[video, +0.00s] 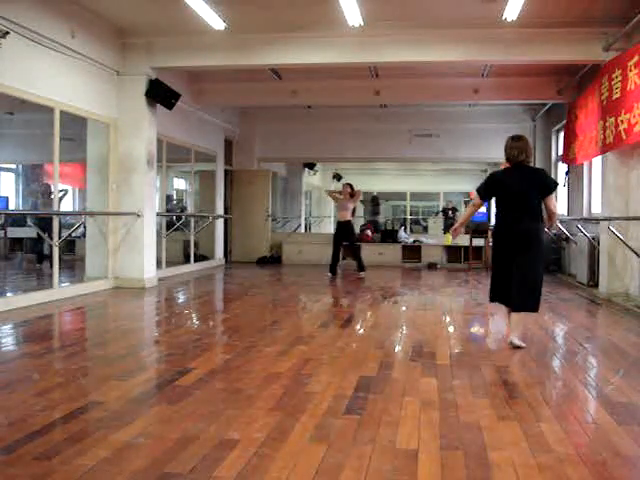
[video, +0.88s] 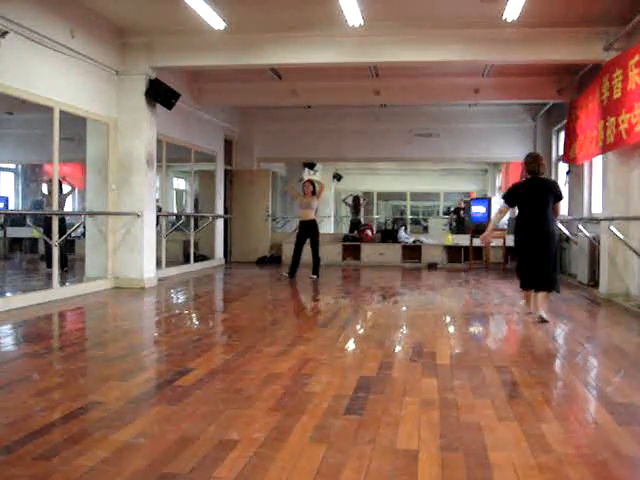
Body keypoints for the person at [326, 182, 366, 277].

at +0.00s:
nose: (345, 190)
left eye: (347, 188)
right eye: (344, 188)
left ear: (351, 190)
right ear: (342, 190)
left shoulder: (352, 201)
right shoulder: (339, 200)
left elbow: (359, 192)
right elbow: (329, 193)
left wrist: (353, 193)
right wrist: (338, 192)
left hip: (348, 222)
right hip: (339, 222)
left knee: (353, 247)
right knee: (336, 248)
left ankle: (361, 270)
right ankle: (332, 272)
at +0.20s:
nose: (337, 188)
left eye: (339, 186)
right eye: (336, 186)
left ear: (343, 190)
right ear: (335, 188)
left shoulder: (343, 201)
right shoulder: (330, 199)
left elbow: (351, 194)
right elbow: (317, 193)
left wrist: (349, 190)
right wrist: (328, 187)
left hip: (339, 221)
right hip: (332, 221)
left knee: (339, 248)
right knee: (332, 249)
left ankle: (347, 266)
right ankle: (333, 272)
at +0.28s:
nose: (334, 188)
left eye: (336, 186)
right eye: (333, 186)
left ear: (339, 190)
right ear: (330, 188)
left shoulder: (338, 200)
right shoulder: (326, 199)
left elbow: (344, 200)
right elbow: (314, 195)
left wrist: (346, 192)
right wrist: (317, 186)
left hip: (335, 221)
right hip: (328, 221)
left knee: (332, 247)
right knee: (329, 248)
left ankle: (333, 271)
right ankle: (332, 270)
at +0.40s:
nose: (327, 188)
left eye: (329, 187)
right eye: (326, 186)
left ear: (333, 190)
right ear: (324, 188)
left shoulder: (334, 200)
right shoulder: (320, 199)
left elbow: (340, 191)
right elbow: (307, 194)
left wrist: (335, 182)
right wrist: (313, 184)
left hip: (330, 222)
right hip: (322, 222)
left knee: (326, 248)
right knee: (325, 248)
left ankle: (319, 270)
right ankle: (333, 271)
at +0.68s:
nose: (318, 187)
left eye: (320, 185)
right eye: (316, 185)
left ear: (323, 188)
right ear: (314, 187)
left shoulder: (325, 198)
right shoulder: (310, 197)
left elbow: (331, 185)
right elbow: (299, 190)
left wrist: (322, 180)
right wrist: (307, 181)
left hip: (321, 221)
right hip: (312, 222)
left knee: (319, 249)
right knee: (309, 249)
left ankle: (316, 273)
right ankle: (321, 263)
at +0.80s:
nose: (311, 187)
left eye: (313, 185)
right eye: (310, 185)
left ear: (317, 188)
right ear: (307, 187)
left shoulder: (319, 197)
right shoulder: (305, 197)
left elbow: (326, 185)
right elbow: (297, 194)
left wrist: (315, 179)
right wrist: (293, 190)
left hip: (316, 222)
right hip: (307, 222)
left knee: (317, 249)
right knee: (300, 249)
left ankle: (316, 273)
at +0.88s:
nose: (306, 188)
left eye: (308, 186)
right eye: (305, 186)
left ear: (312, 188)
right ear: (303, 188)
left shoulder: (315, 198)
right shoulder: (300, 198)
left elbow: (322, 186)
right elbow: (290, 190)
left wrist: (311, 179)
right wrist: (295, 181)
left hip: (312, 222)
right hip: (302, 222)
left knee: (315, 250)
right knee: (297, 250)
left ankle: (315, 273)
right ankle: (291, 273)